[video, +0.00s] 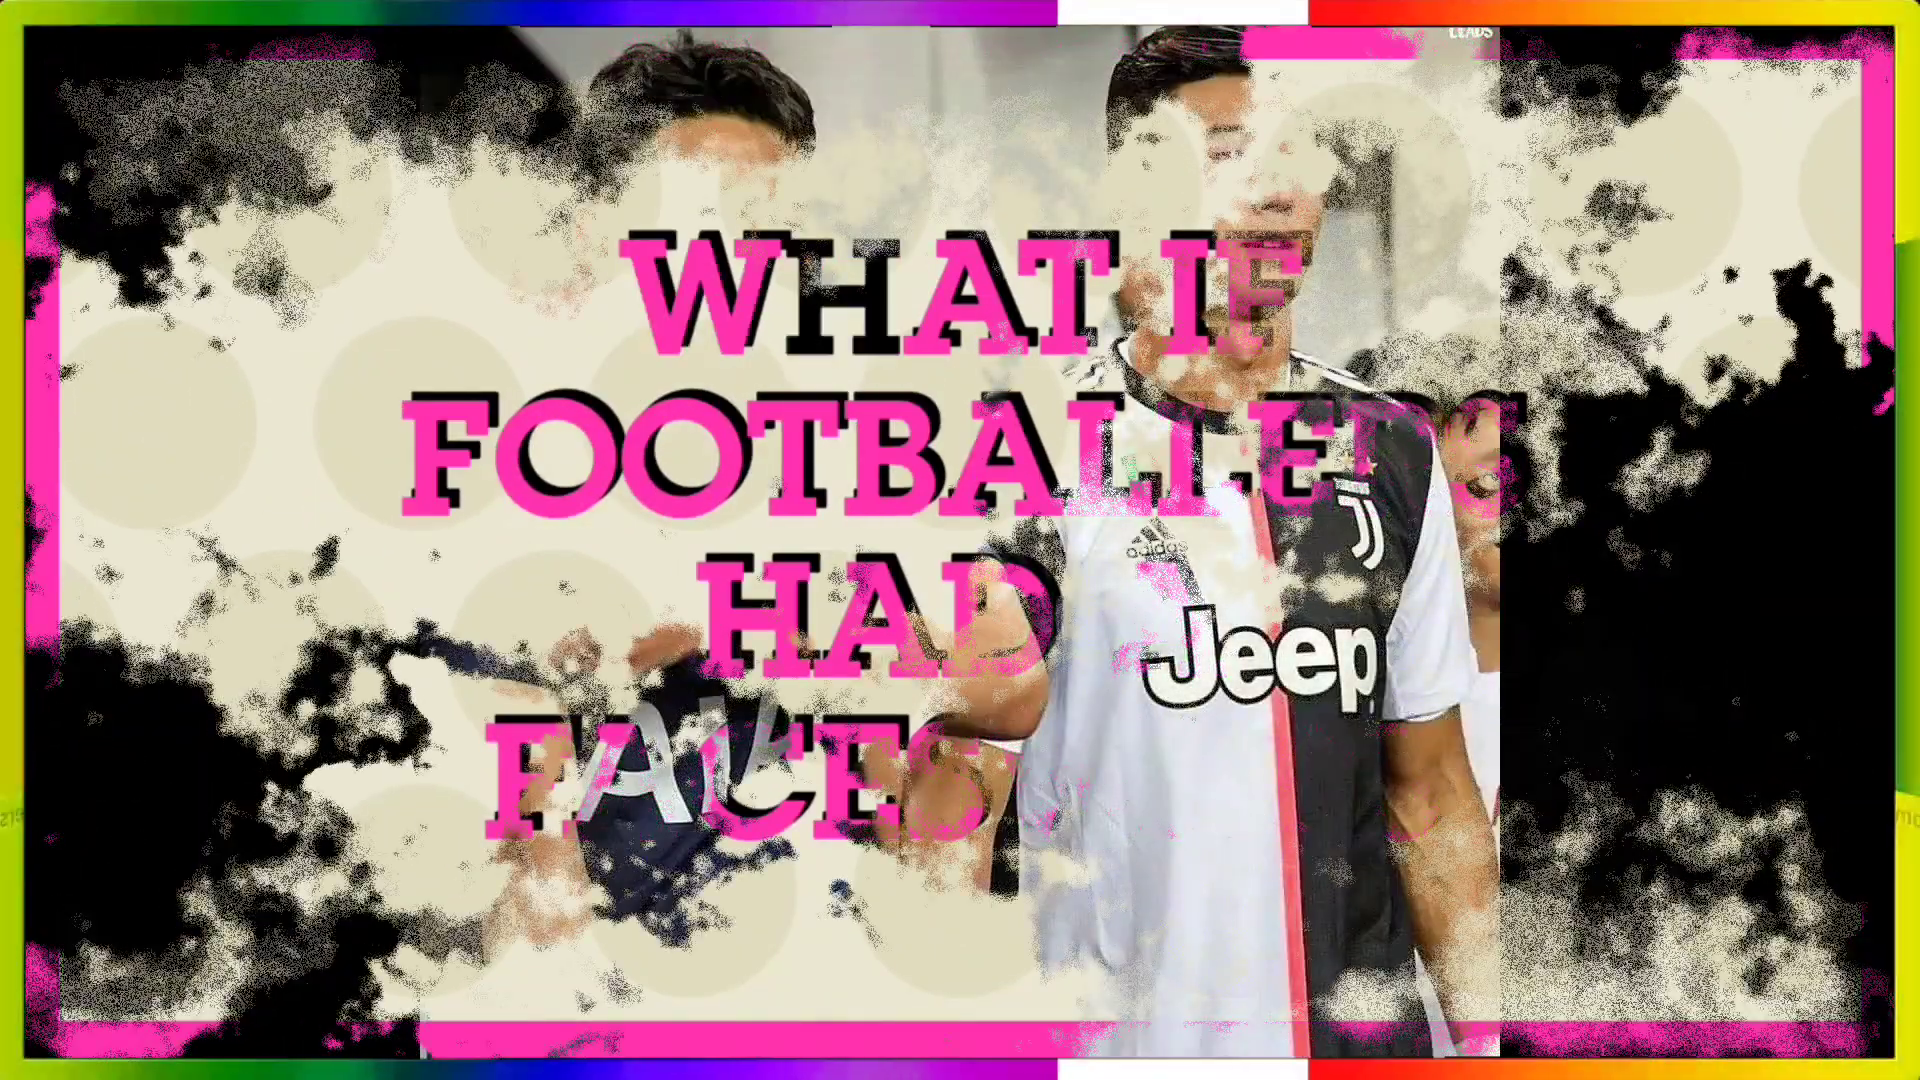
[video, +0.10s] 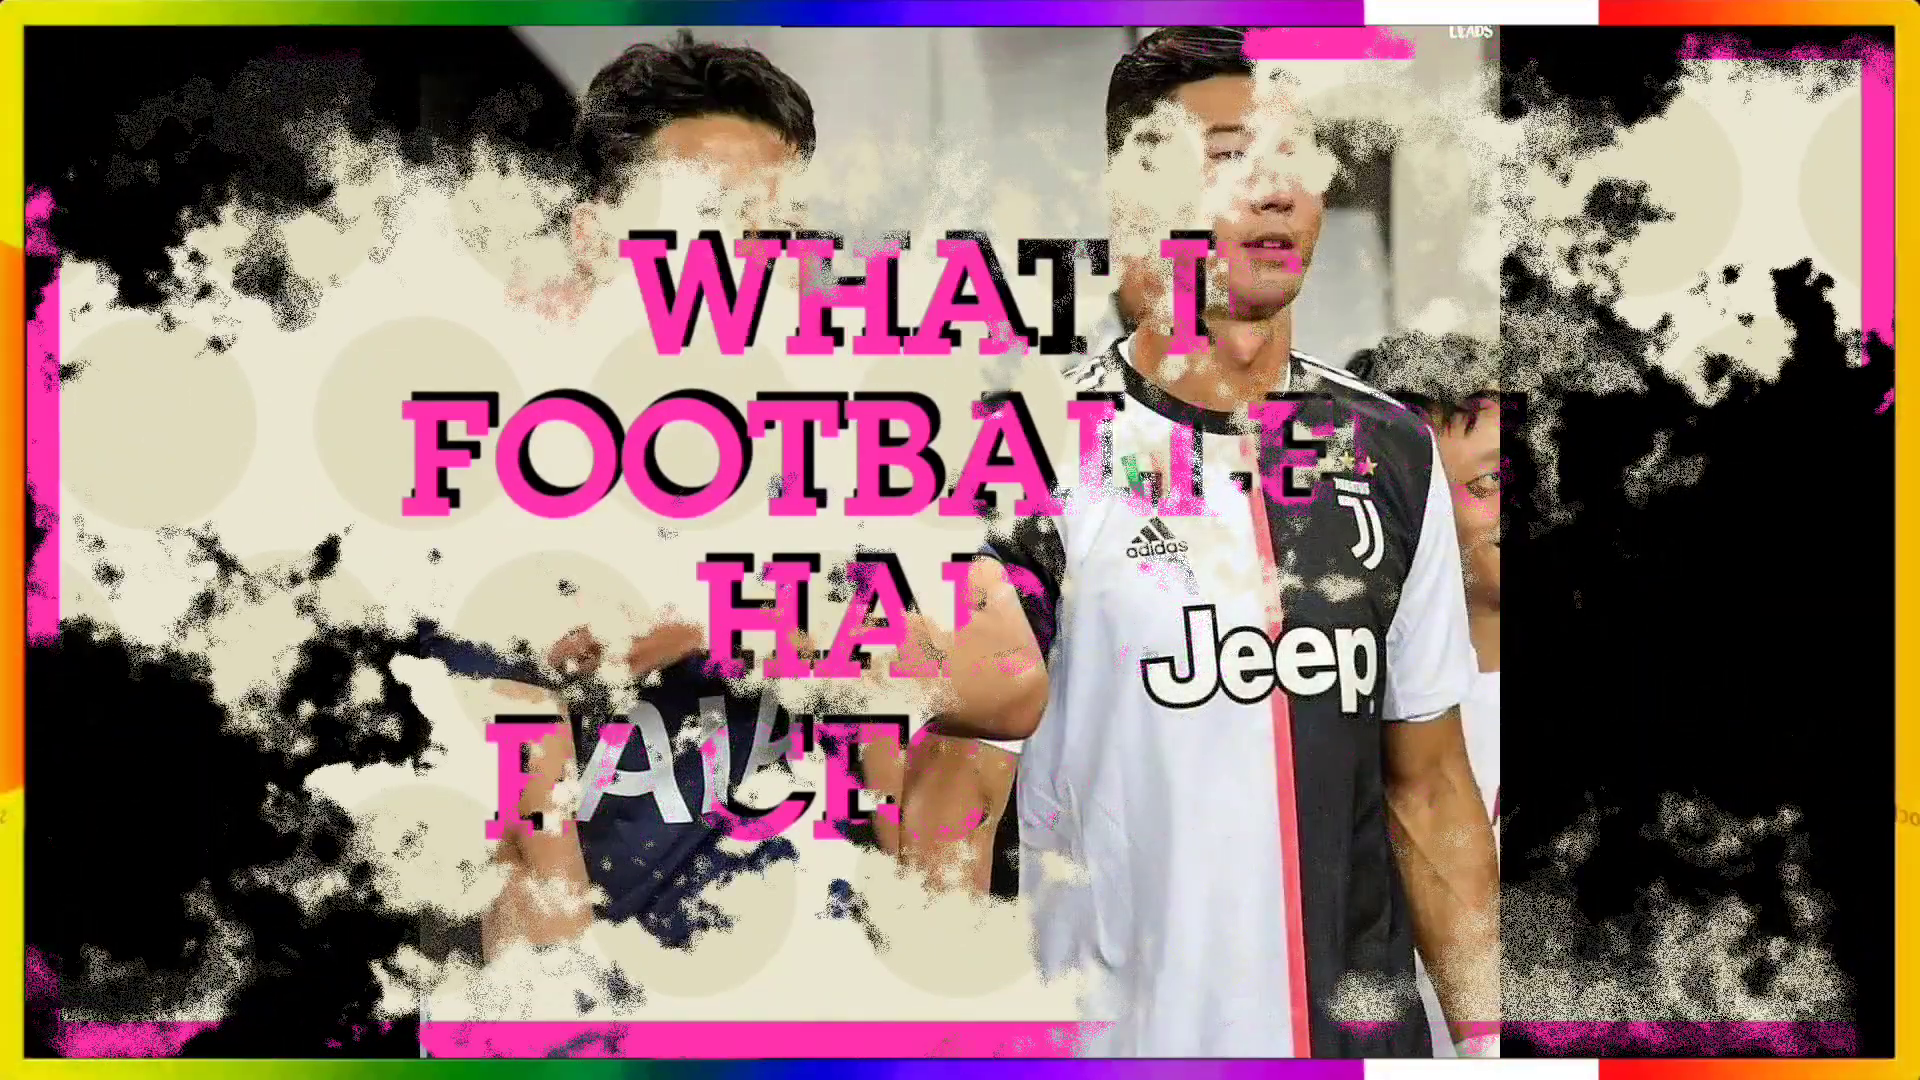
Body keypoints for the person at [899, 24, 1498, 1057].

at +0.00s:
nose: (1247, 280)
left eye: (1278, 241)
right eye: (1205, 236)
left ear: (1315, 240)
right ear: (1117, 231)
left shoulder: (1392, 459)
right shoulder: (1042, 456)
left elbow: (1433, 791)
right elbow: (944, 810)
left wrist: (1475, 1042)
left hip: (1345, 1019)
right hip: (1106, 1027)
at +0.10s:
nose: (1275, 200)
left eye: (1293, 160)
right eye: (1225, 162)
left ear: (1324, 193)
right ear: (1129, 197)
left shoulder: (1390, 453)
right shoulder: (1042, 454)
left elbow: (1431, 783)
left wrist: (1476, 1043)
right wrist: (965, 741)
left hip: (1349, 1033)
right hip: (1109, 1038)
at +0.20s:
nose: (1278, 195)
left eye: (1293, 159)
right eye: (1228, 161)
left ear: (1320, 188)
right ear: (1136, 201)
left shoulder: (1391, 452)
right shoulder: (1040, 455)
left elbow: (1430, 783)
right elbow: (953, 805)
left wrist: (1482, 1039)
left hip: (1357, 1036)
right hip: (1120, 1040)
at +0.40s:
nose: (1279, 192)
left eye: (1298, 158)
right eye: (1230, 158)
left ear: (1322, 190)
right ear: (1137, 201)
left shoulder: (1392, 452)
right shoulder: (1042, 451)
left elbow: (1430, 789)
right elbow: (953, 803)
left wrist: (1486, 1042)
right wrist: (935, 1057)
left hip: (1358, 1040)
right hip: (1118, 1040)